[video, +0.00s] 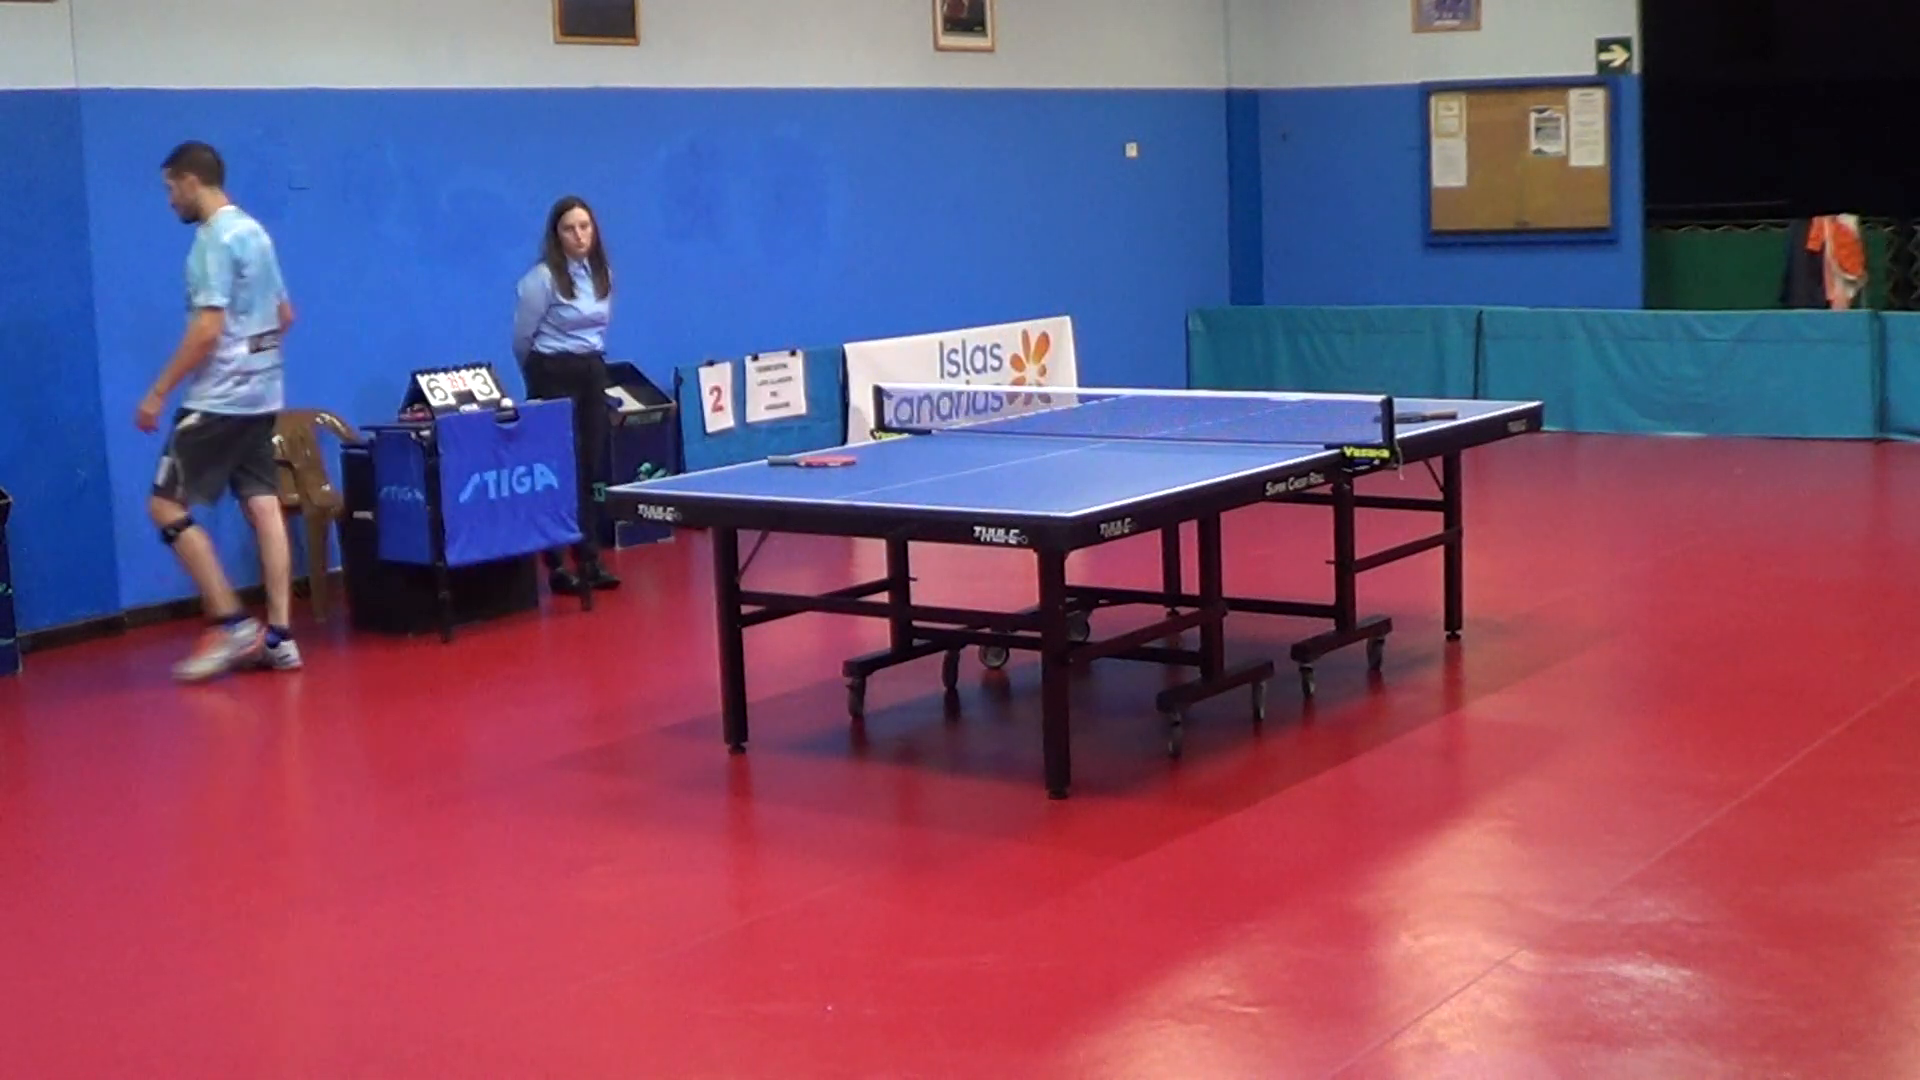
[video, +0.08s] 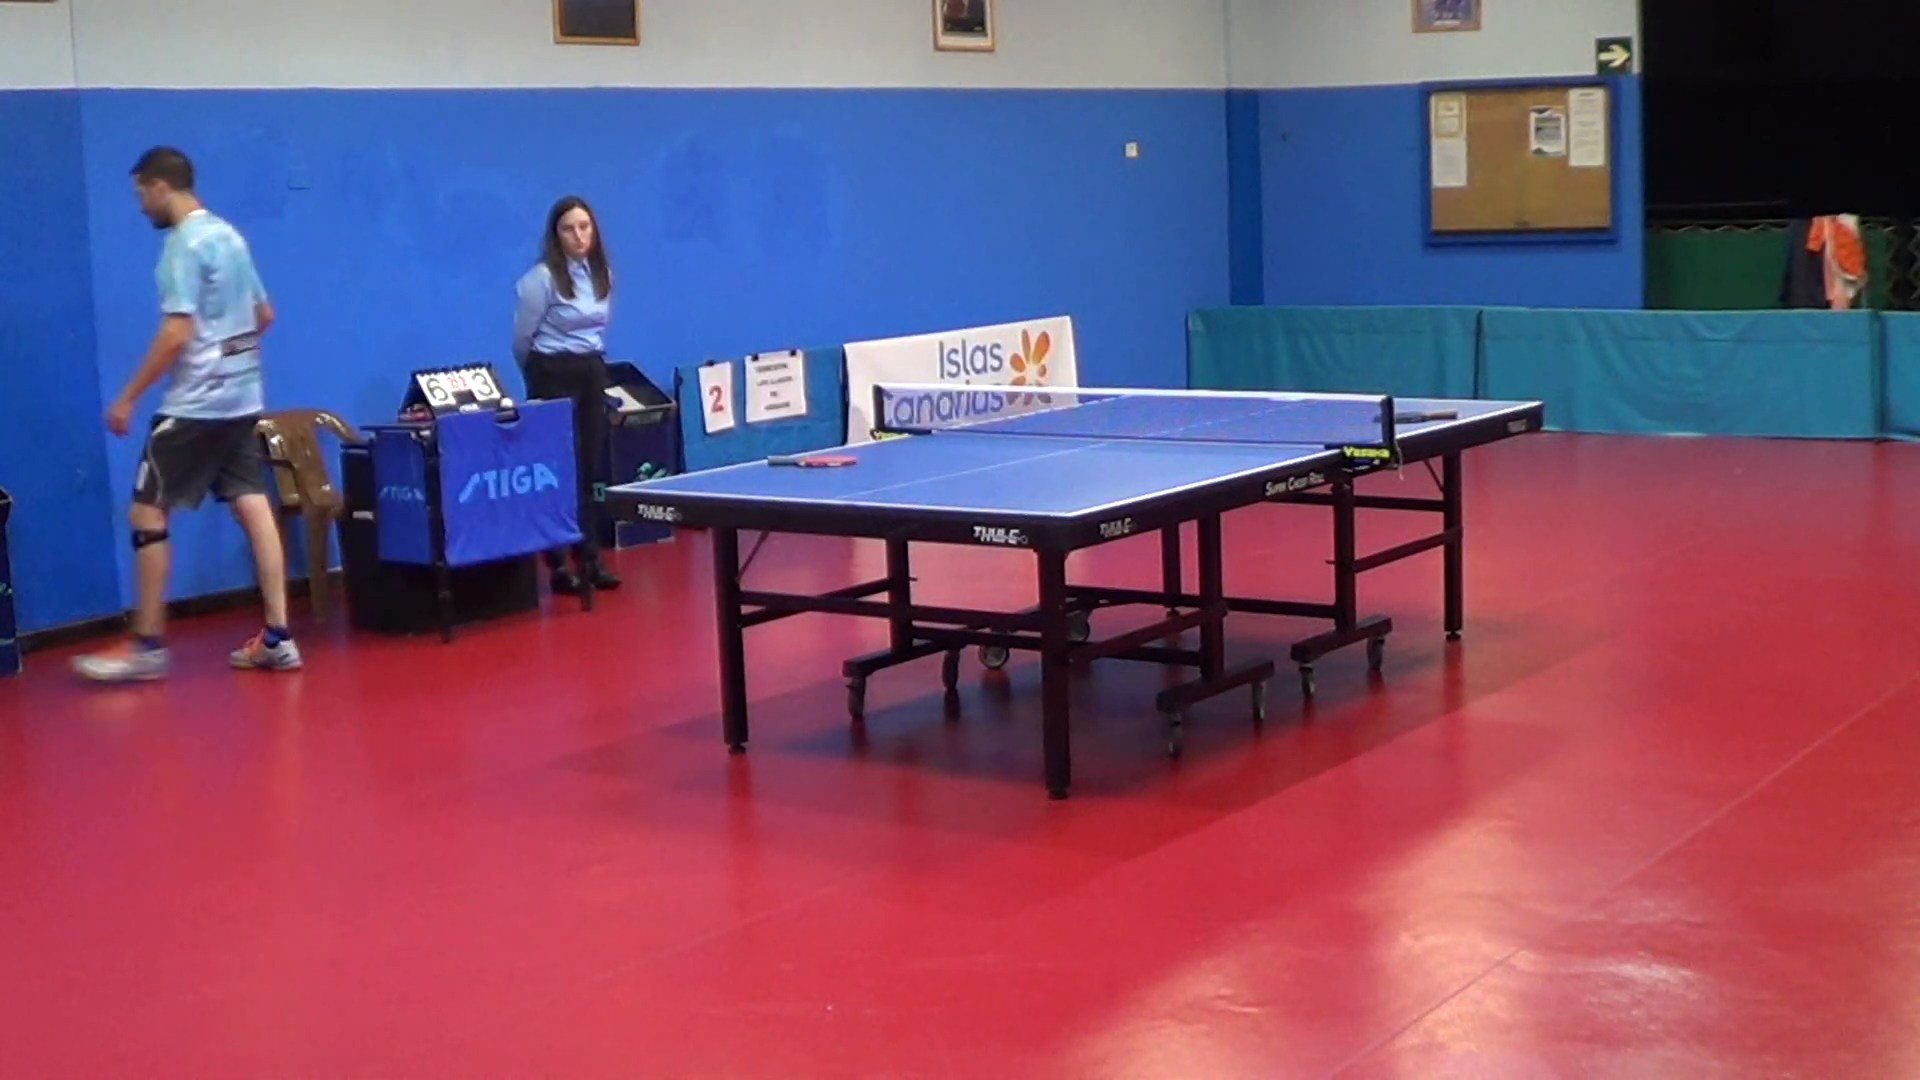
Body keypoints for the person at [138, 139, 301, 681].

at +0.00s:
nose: (169, 199)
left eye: (171, 187)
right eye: (168, 188)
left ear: (192, 183)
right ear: (210, 181)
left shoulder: (214, 239)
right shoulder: (254, 231)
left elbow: (208, 329)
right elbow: (283, 316)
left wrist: (158, 393)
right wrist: (234, 352)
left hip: (220, 401)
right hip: (262, 400)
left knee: (166, 506)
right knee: (265, 506)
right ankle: (280, 634)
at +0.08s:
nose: (140, 205)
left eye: (141, 194)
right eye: (138, 195)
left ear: (161, 188)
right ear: (181, 186)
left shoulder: (184, 243)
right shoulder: (228, 234)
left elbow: (177, 333)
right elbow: (261, 315)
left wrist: (127, 398)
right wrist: (211, 348)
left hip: (195, 406)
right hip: (241, 404)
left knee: (147, 511)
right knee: (254, 507)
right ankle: (278, 637)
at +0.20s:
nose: (91, 218)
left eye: (93, 207)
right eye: (90, 208)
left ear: (112, 203)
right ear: (133, 200)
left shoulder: (128, 258)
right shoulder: (186, 244)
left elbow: (122, 349)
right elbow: (229, 317)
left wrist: (81, 411)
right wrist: (190, 358)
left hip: (155, 420)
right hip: (210, 413)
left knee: (115, 527)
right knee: (235, 515)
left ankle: (73, 646)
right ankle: (276, 637)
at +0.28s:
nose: (55, 229)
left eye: (55, 218)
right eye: (53, 219)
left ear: (74, 213)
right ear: (96, 209)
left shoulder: (89, 270)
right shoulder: (154, 251)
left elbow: (83, 364)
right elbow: (205, 320)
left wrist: (51, 424)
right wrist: (182, 374)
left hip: (124, 424)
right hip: (181, 414)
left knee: (81, 528)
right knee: (209, 517)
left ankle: (57, 652)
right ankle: (271, 636)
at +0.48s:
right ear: (16, 216)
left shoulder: (8, 276)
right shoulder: (83, 242)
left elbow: (6, 376)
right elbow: (155, 291)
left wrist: (4, 440)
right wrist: (175, 360)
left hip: (76, 414)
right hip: (138, 398)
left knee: (51, 524)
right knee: (147, 502)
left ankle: (55, 652)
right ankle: (226, 603)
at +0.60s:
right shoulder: (49, 240)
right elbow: (129, 274)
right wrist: (167, 341)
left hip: (64, 409)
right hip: (123, 388)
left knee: (49, 524)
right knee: (131, 495)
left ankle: (54, 651)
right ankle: (190, 614)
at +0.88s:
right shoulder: (20, 241)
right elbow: (101, 258)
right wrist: (148, 315)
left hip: (55, 403)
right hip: (109, 377)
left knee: (52, 525)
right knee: (107, 500)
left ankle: (54, 651)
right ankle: (125, 626)